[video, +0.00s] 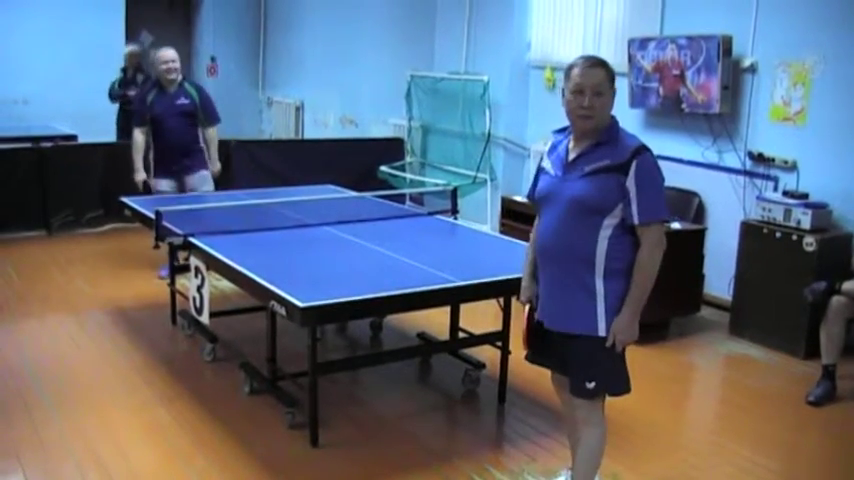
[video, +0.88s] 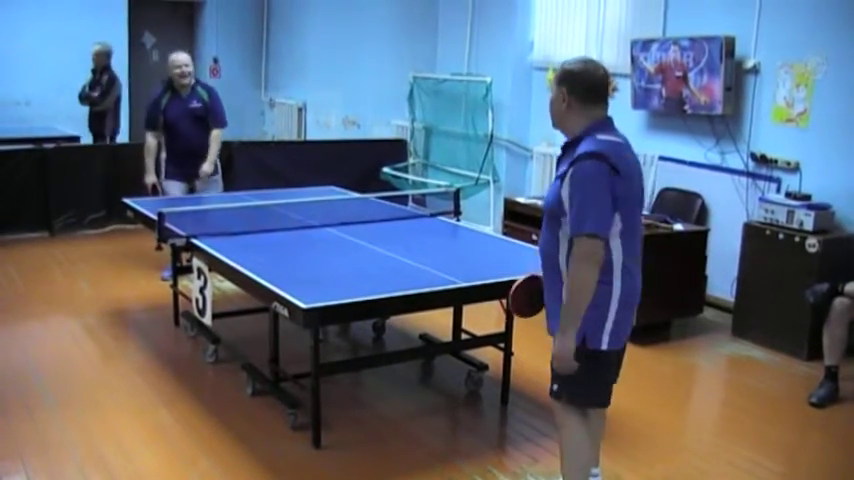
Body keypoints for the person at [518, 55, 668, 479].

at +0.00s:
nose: (585, 102)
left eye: (596, 94)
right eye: (576, 92)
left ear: (612, 99)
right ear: (564, 97)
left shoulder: (634, 158)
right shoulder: (555, 146)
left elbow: (654, 241)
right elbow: (541, 218)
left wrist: (631, 312)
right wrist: (529, 275)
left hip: (598, 306)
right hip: (554, 297)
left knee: (588, 401)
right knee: (564, 387)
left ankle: (583, 477)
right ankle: (578, 468)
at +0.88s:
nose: (549, 102)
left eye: (551, 94)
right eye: (551, 93)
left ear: (564, 99)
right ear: (601, 99)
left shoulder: (590, 163)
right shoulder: (611, 150)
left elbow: (589, 251)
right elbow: (590, 239)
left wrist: (567, 329)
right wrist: (548, 279)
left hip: (590, 318)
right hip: (606, 312)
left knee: (568, 406)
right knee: (590, 406)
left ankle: (574, 476)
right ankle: (588, 470)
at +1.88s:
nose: (520, 110)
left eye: (522, 103)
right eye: (524, 102)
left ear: (528, 105)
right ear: (569, 104)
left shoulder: (531, 158)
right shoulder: (607, 152)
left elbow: (529, 245)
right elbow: (625, 225)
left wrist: (525, 325)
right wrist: (626, 297)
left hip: (558, 311)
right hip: (612, 307)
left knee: (526, 402)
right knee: (607, 390)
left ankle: (514, 475)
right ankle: (611, 474)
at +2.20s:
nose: (535, 125)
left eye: (536, 118)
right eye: (538, 118)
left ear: (542, 120)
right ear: (582, 121)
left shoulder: (542, 165)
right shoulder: (612, 163)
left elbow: (490, 242)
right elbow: (613, 232)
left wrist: (442, 284)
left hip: (575, 309)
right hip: (629, 303)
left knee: (517, 393)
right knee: (633, 380)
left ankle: (511, 473)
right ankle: (651, 463)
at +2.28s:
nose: (547, 136)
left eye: (549, 130)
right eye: (550, 129)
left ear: (556, 130)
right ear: (593, 131)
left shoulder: (555, 173)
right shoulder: (620, 171)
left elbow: (503, 245)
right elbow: (619, 238)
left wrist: (451, 283)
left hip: (588, 312)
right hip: (640, 306)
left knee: (520, 391)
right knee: (643, 379)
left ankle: (512, 473)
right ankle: (671, 459)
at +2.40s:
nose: (565, 154)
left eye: (566, 146)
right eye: (565, 147)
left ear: (576, 145)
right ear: (610, 144)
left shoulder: (587, 182)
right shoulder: (636, 180)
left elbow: (564, 263)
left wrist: (521, 329)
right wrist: (582, 284)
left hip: (620, 314)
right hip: (663, 308)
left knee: (549, 399)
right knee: (647, 380)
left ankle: (519, 472)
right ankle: (675, 462)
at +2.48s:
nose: (573, 156)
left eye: (574, 148)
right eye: (573, 148)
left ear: (584, 146)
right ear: (615, 144)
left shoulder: (606, 188)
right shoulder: (635, 178)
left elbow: (616, 267)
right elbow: (628, 257)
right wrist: (598, 305)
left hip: (639, 315)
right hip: (669, 308)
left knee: (577, 401)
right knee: (650, 385)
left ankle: (539, 473)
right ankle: (675, 462)